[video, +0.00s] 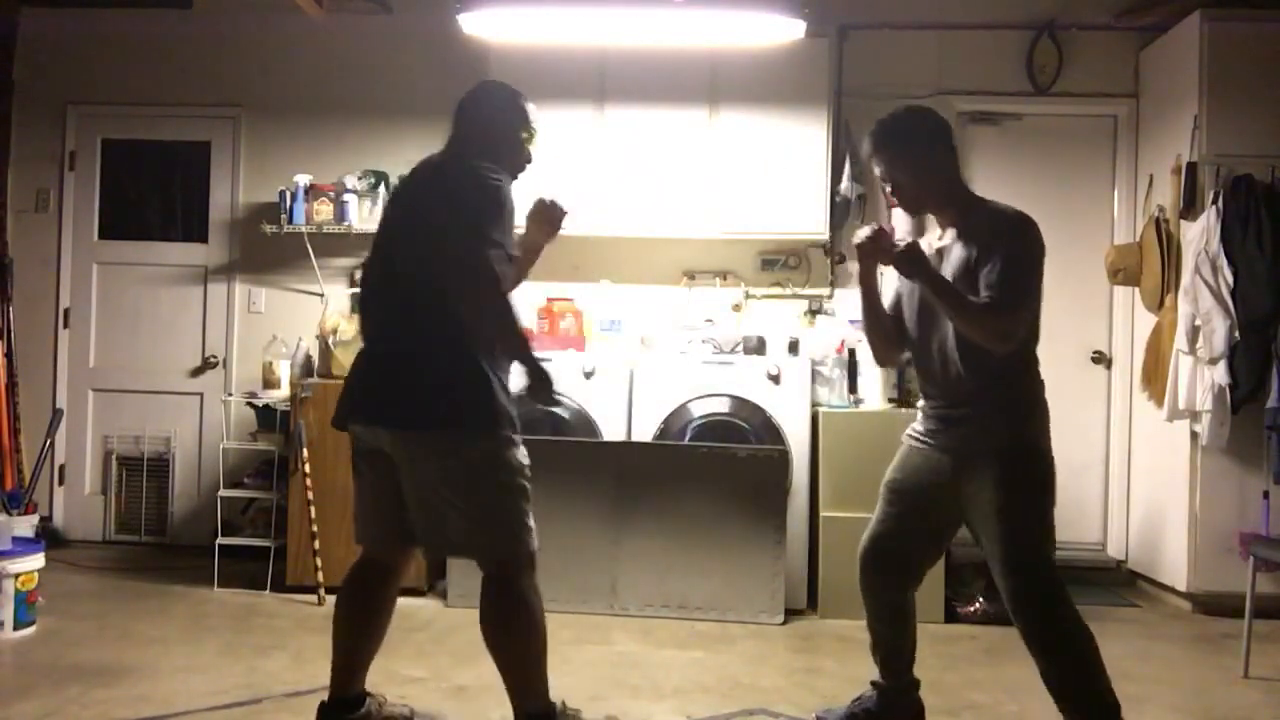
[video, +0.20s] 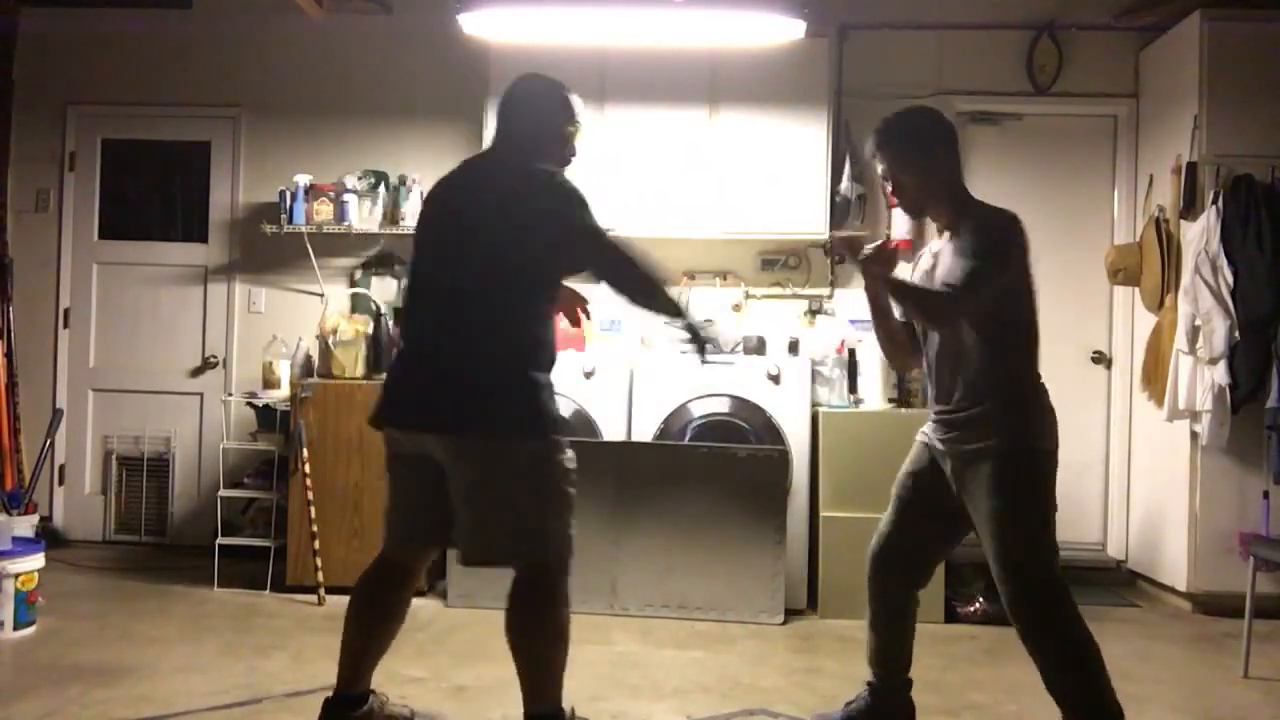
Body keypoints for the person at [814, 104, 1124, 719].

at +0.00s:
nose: (886, 191)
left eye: (893, 175)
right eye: (881, 178)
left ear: (934, 162)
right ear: (920, 171)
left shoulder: (1011, 232)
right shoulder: (916, 252)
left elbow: (1003, 333)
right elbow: (888, 350)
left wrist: (915, 268)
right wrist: (867, 275)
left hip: (1004, 439)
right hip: (933, 435)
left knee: (1032, 597)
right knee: (882, 563)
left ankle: (1100, 716)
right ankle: (896, 695)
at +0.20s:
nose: (888, 190)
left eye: (895, 174)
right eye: (883, 177)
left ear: (936, 163)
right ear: (916, 174)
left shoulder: (994, 230)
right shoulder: (925, 254)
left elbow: (950, 313)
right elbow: (905, 353)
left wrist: (883, 276)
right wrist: (876, 286)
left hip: (1005, 444)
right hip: (942, 442)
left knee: (1034, 602)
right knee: (890, 565)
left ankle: (1100, 717)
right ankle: (888, 697)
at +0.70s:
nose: (929, 179)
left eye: (941, 163)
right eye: (928, 165)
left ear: (986, 164)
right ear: (976, 169)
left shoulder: (1005, 247)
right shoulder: (971, 248)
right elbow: (933, 338)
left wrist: (857, 235)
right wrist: (902, 287)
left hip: (996, 451)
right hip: (949, 444)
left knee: (1019, 614)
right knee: (876, 565)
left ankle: (1102, 719)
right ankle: (886, 697)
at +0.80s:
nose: (941, 171)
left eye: (952, 156)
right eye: (942, 157)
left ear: (997, 157)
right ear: (1003, 162)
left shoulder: (952, 244)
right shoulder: (1042, 246)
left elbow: (846, 240)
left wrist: (797, 233)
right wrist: (880, 240)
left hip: (981, 448)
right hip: (955, 443)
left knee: (1004, 612)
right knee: (880, 562)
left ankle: (1097, 719)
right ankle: (886, 697)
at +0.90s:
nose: (939, 164)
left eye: (951, 149)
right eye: (940, 149)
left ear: (996, 154)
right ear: (1007, 158)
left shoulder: (953, 246)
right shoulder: (1051, 245)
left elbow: (865, 319)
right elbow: (1021, 349)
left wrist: (804, 315)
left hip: (964, 444)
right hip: (988, 438)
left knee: (1000, 612)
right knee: (883, 554)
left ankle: (1094, 718)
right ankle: (885, 697)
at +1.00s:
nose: (923, 171)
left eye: (936, 156)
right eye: (923, 158)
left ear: (982, 159)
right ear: (989, 165)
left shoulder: (960, 252)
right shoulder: (1032, 244)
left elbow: (949, 366)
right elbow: (1023, 348)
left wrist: (878, 362)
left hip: (972, 453)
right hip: (976, 448)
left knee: (1005, 617)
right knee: (878, 555)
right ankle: (884, 696)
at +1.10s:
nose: (920, 176)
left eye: (931, 161)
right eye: (918, 164)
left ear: (977, 162)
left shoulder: (1012, 235)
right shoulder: (966, 251)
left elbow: (1006, 335)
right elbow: (958, 339)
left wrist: (929, 323)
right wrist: (911, 338)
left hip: (995, 455)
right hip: (940, 446)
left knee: (1022, 616)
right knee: (860, 555)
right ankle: (881, 695)